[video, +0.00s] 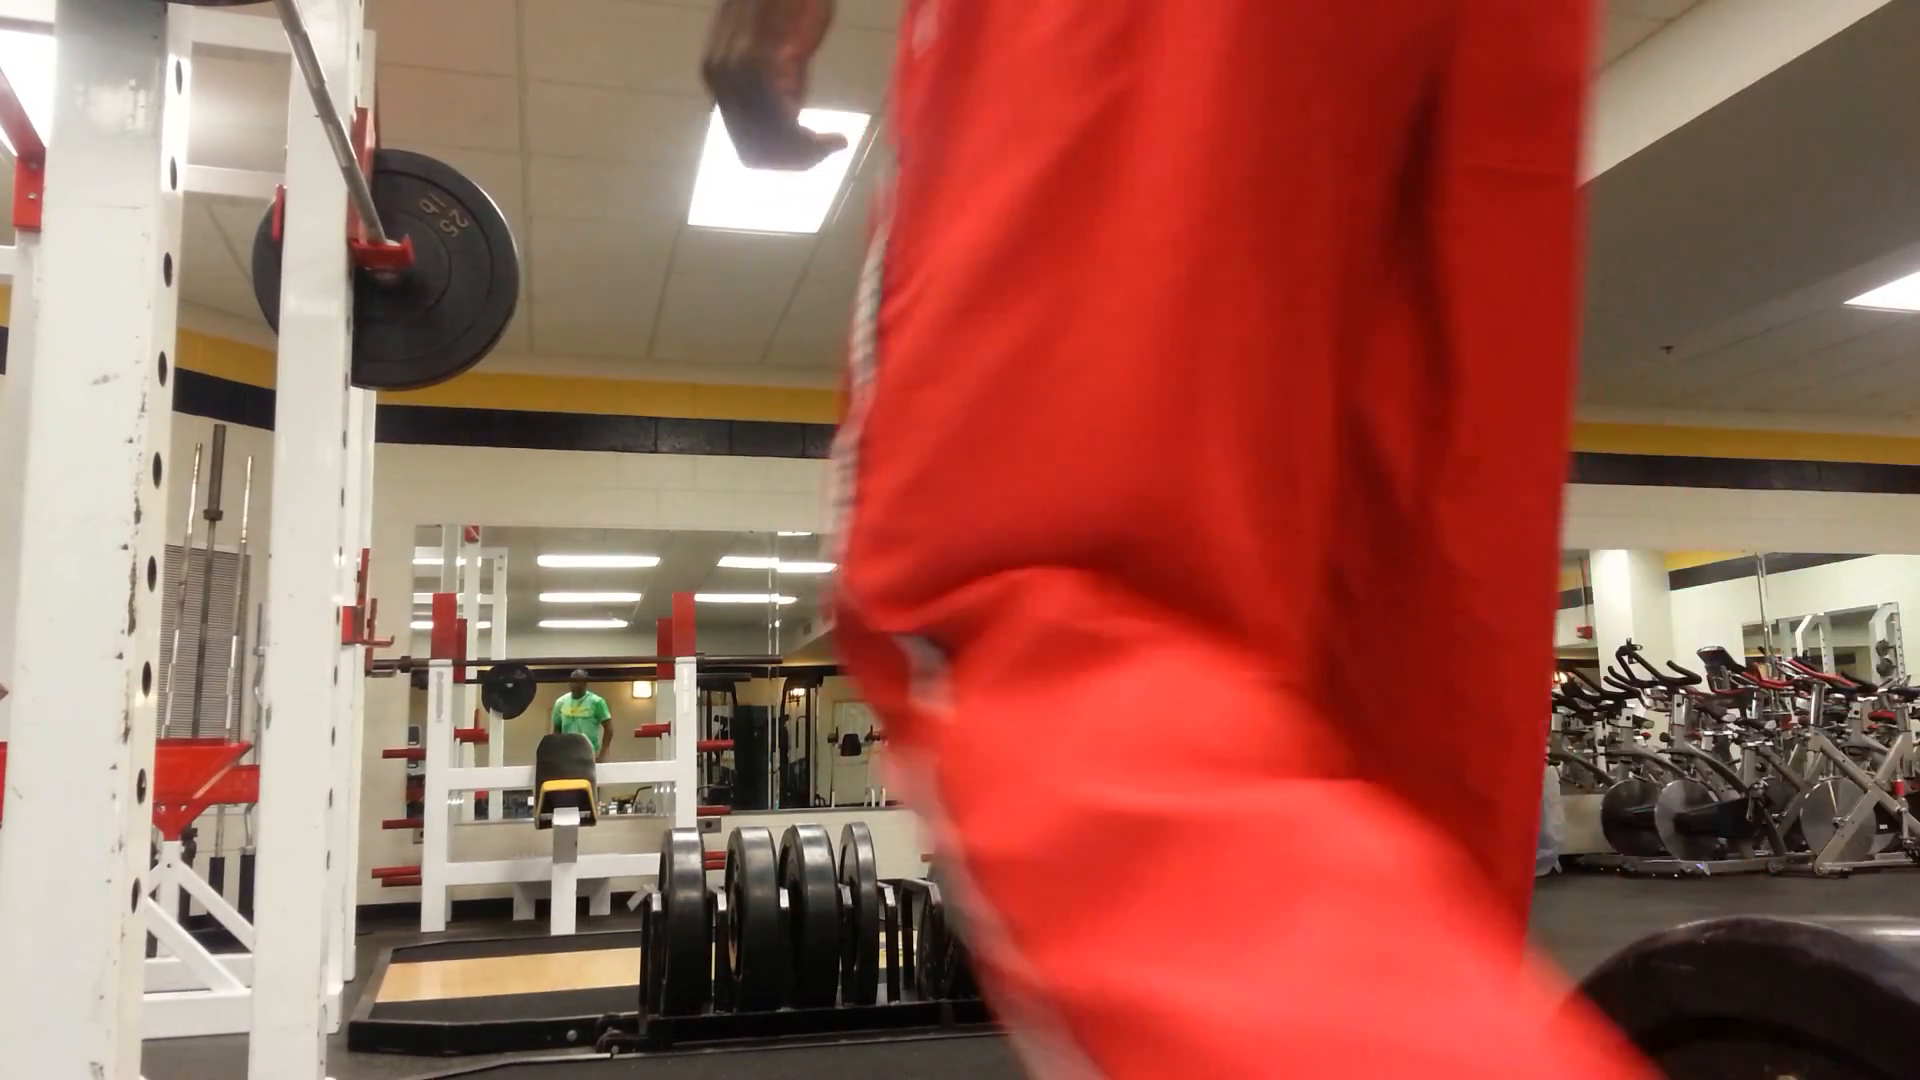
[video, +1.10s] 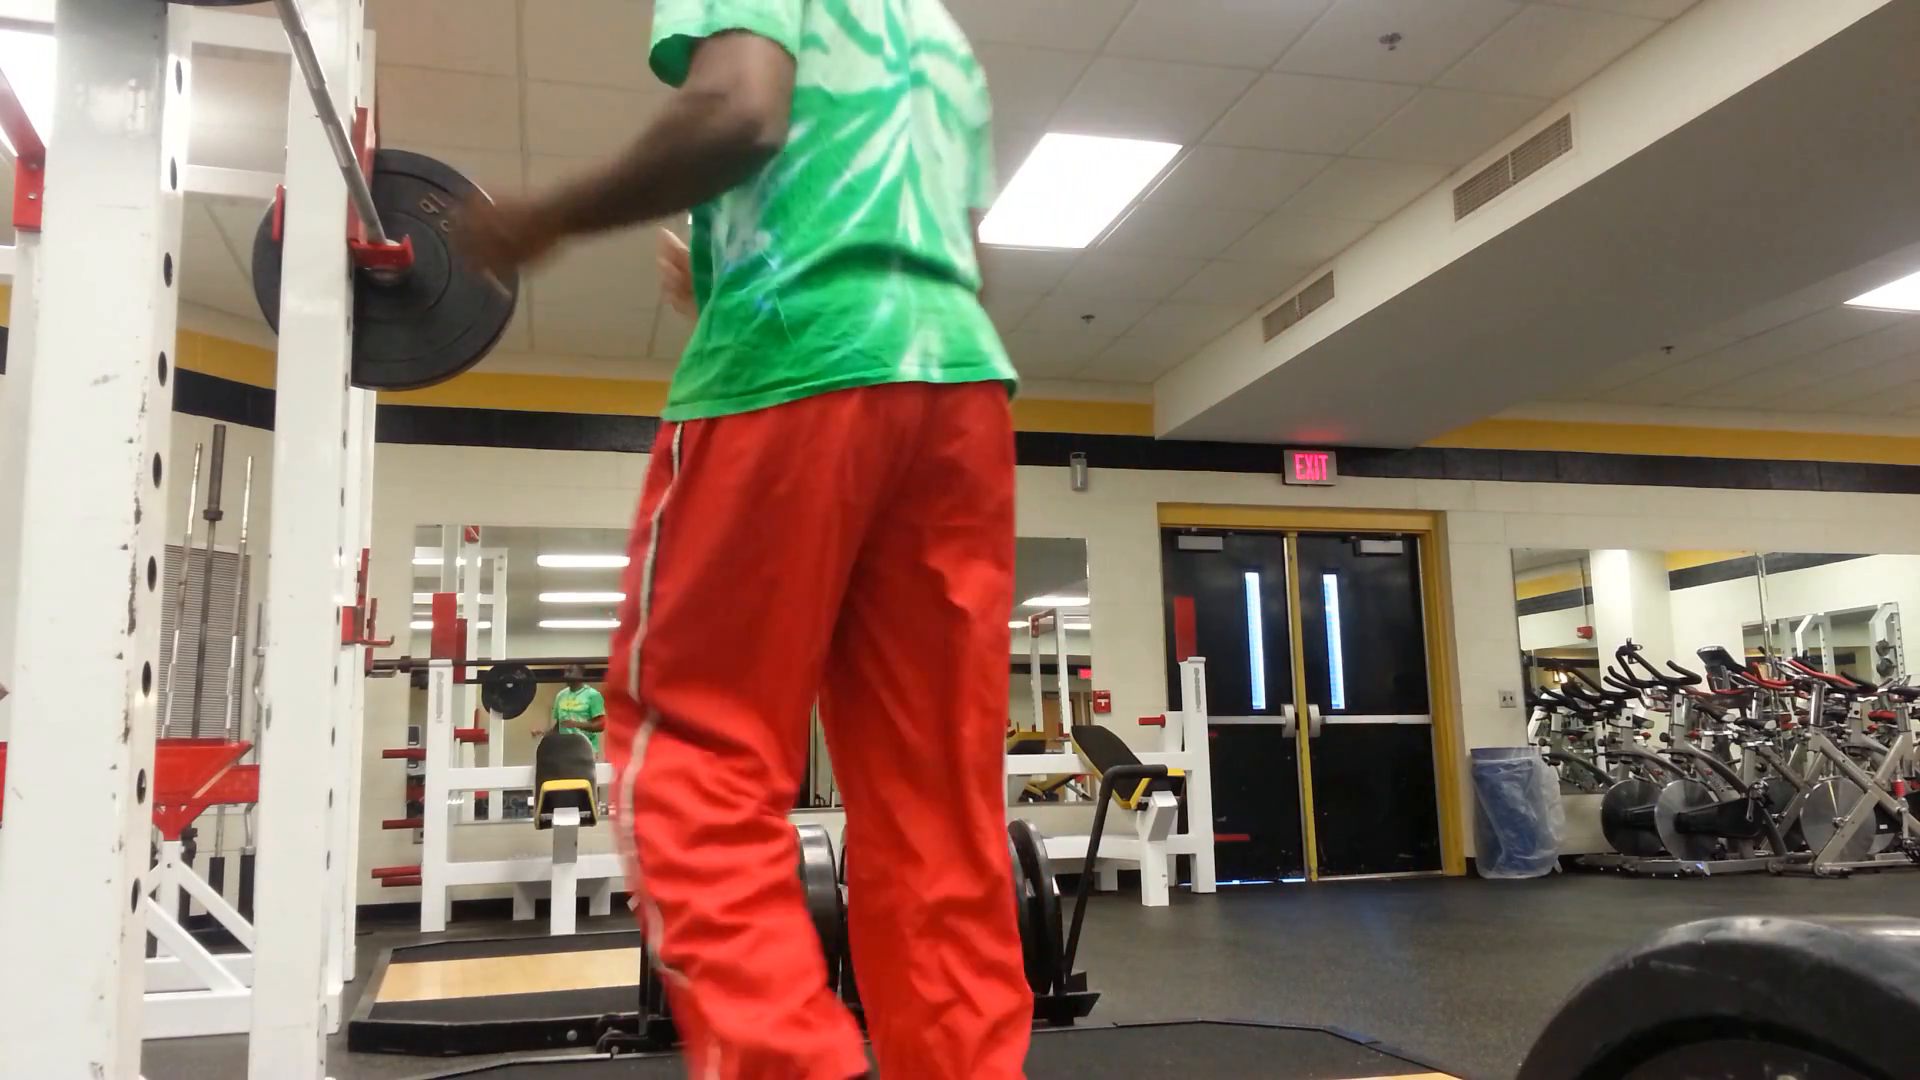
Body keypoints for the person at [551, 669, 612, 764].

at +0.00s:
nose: (576, 686)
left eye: (579, 682)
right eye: (573, 682)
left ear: (585, 683)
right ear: (570, 683)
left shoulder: (597, 702)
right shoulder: (560, 703)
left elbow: (609, 729)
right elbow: (557, 731)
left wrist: (602, 755)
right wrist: (556, 753)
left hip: (590, 752)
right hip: (567, 752)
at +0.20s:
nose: (576, 685)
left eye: (579, 682)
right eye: (573, 682)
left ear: (585, 682)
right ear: (569, 682)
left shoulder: (597, 700)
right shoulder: (560, 700)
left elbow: (609, 726)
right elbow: (555, 727)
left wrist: (593, 746)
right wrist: (555, 748)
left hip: (588, 752)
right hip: (566, 752)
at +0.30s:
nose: (574, 684)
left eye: (578, 681)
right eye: (572, 681)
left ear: (584, 681)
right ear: (569, 681)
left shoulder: (597, 700)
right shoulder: (560, 700)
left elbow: (607, 726)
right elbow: (555, 727)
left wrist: (588, 737)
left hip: (589, 751)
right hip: (566, 751)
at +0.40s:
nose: (572, 684)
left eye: (575, 681)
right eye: (570, 681)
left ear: (582, 681)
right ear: (567, 681)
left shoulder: (596, 700)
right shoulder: (559, 700)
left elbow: (605, 728)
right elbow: (555, 725)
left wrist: (582, 726)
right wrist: (550, 746)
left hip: (588, 752)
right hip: (565, 752)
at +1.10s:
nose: (566, 674)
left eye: (570, 671)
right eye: (566, 671)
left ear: (581, 674)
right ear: (564, 673)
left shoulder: (593, 695)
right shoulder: (561, 695)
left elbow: (600, 724)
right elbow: (560, 723)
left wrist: (575, 724)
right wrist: (546, 734)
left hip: (587, 749)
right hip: (565, 749)